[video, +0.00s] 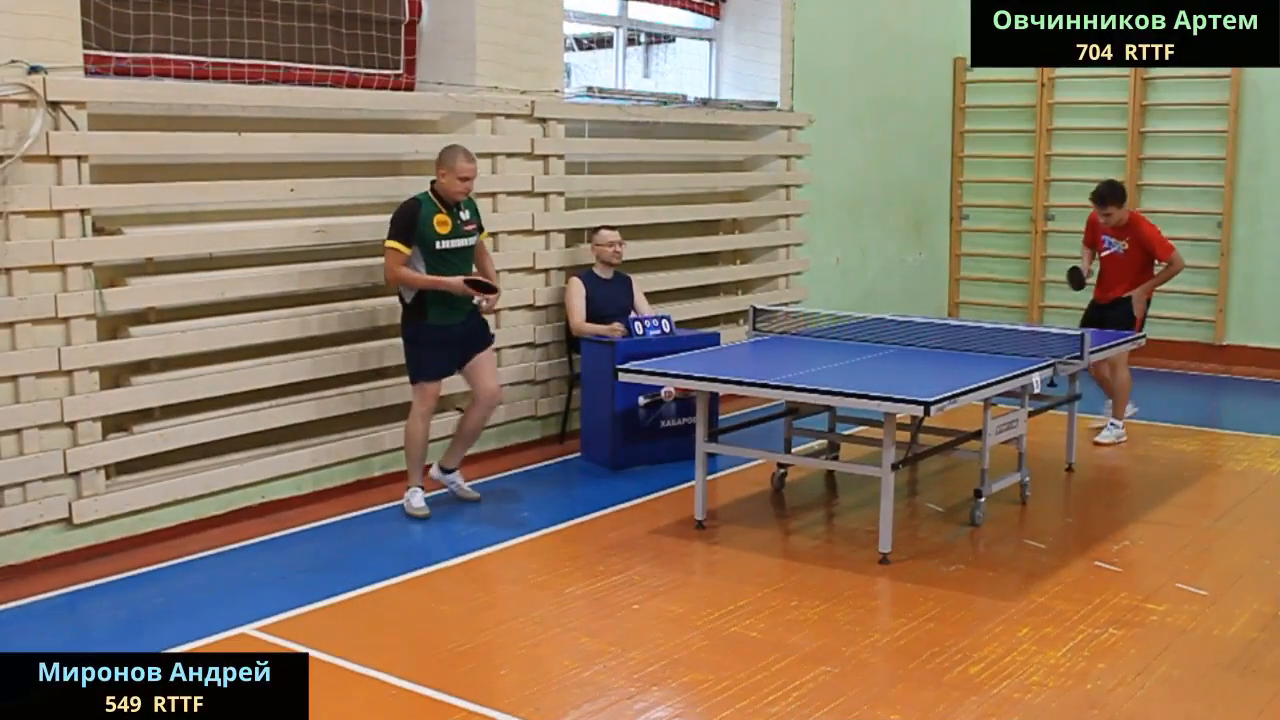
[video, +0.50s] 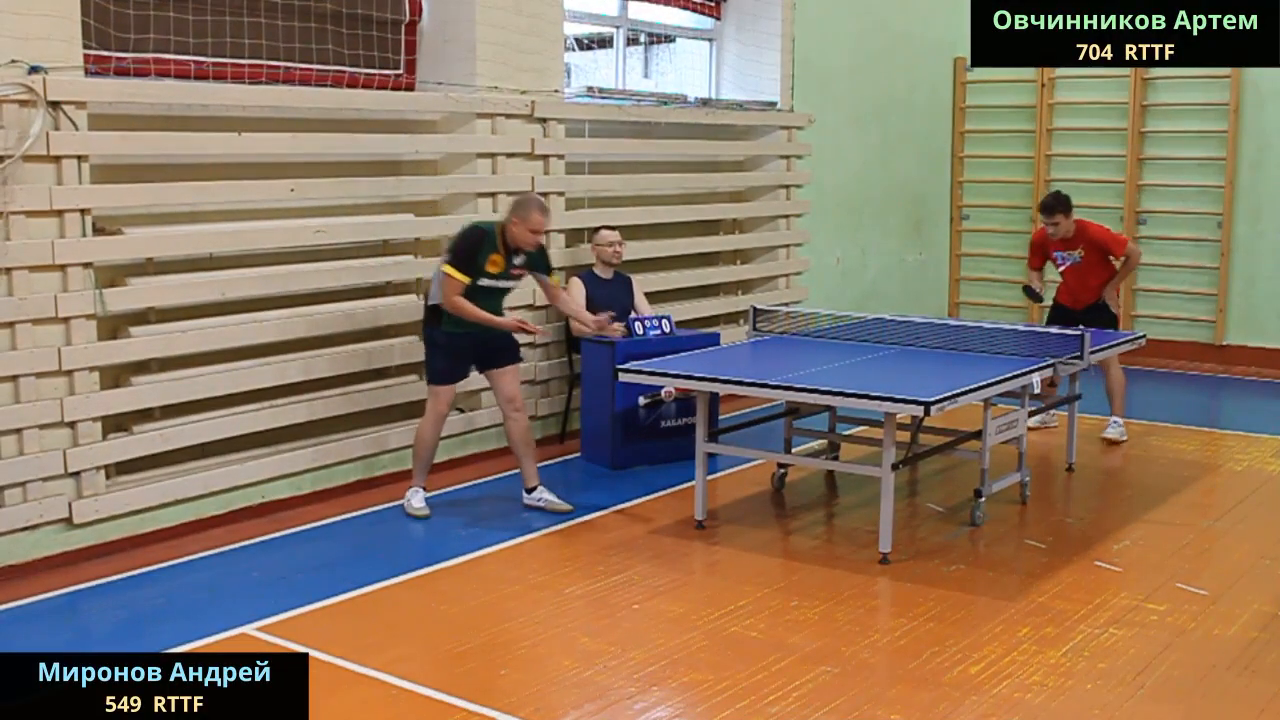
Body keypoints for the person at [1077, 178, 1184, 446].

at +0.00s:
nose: (1102, 219)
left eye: (1107, 215)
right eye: (1099, 214)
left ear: (1123, 208)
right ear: (1095, 208)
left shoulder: (1141, 228)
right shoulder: (1096, 221)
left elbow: (1177, 263)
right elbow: (1088, 247)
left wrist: (1142, 291)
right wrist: (1086, 267)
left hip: (1128, 302)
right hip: (1100, 300)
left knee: (1117, 361)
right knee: (1091, 358)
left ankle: (1117, 423)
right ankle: (1121, 402)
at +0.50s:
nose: (1049, 230)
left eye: (1054, 225)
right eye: (1046, 225)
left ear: (1070, 218)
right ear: (1042, 221)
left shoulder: (1093, 233)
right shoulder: (1041, 239)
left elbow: (1134, 255)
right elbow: (1035, 269)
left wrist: (1112, 287)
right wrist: (1036, 286)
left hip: (1099, 303)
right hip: (1065, 302)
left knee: (1108, 358)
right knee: (1047, 355)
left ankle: (1117, 420)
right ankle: (1048, 411)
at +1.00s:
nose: (1055, 236)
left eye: (1060, 230)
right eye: (1051, 231)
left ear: (1075, 227)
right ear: (1047, 228)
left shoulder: (1099, 242)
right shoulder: (1046, 251)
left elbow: (1144, 262)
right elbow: (1042, 281)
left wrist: (1121, 290)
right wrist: (1042, 296)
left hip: (1108, 306)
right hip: (1072, 307)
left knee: (1127, 358)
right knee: (1052, 357)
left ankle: (1139, 419)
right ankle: (1048, 412)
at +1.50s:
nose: (1073, 248)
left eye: (1079, 243)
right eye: (1069, 242)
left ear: (1094, 239)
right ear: (1065, 238)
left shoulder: (1113, 250)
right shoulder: (1059, 255)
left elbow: (1158, 270)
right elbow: (1051, 287)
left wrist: (1131, 294)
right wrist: (1056, 304)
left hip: (1115, 308)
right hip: (1078, 309)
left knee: (1131, 358)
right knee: (1055, 357)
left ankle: (1139, 419)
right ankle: (1048, 411)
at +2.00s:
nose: (1069, 250)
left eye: (1075, 245)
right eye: (1065, 244)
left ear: (1090, 241)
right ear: (1061, 240)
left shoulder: (1108, 253)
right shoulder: (1053, 257)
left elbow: (1150, 270)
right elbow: (1043, 289)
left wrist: (1122, 295)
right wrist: (1050, 307)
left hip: (1107, 311)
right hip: (1071, 312)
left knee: (1127, 358)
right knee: (1049, 356)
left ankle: (1139, 419)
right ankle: (1048, 411)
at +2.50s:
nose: (1079, 217)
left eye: (1086, 211)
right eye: (1076, 210)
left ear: (1100, 210)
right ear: (1072, 209)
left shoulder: (1118, 233)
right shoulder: (1062, 236)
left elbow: (1150, 257)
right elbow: (1048, 269)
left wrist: (1128, 291)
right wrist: (1053, 285)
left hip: (1112, 309)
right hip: (1074, 310)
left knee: (1134, 358)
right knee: (1050, 359)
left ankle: (1142, 421)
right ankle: (1047, 411)